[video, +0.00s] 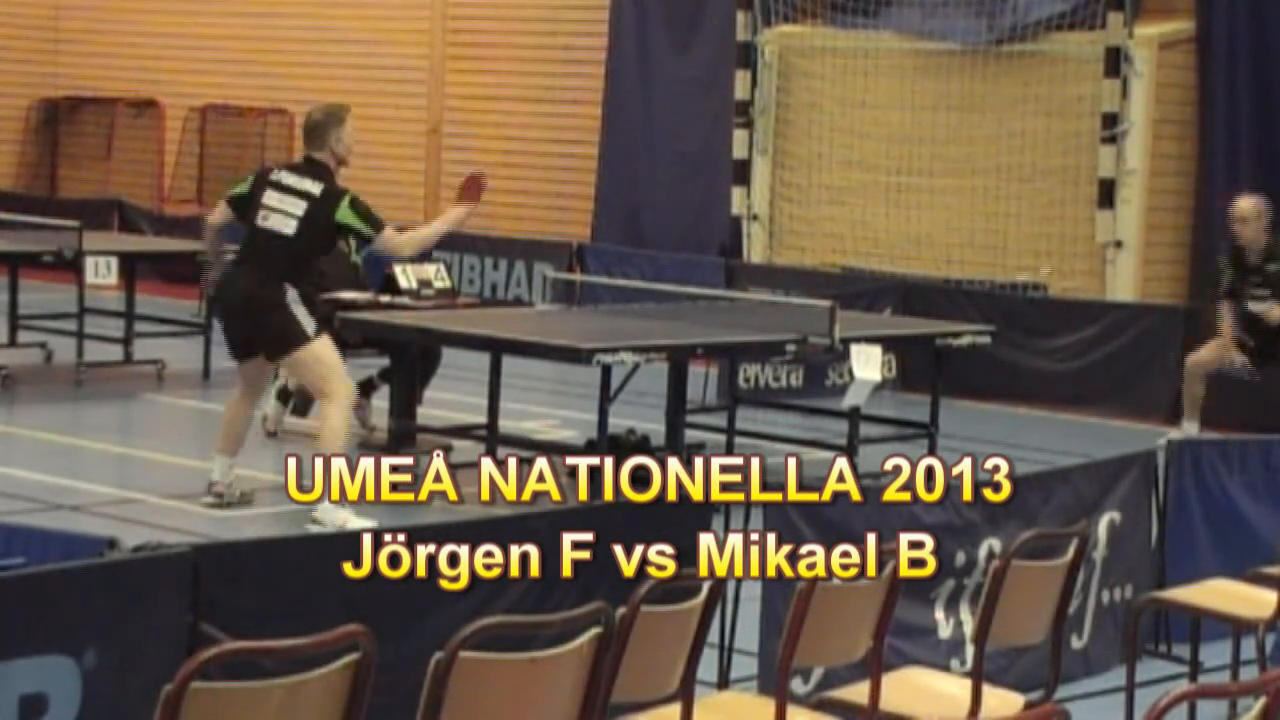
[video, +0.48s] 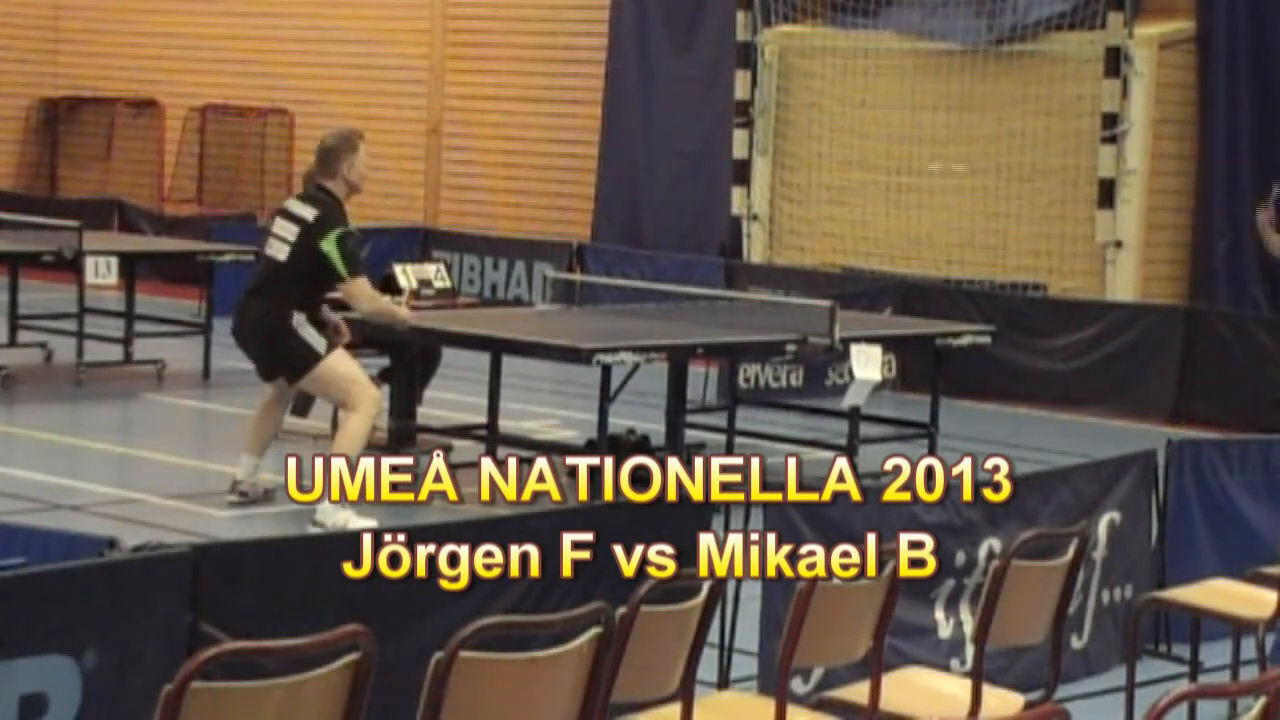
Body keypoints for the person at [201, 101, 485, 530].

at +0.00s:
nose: (354, 142)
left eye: (352, 134)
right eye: (350, 134)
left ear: (309, 142)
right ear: (334, 142)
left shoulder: (268, 177)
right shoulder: (335, 199)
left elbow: (215, 219)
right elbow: (399, 245)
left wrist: (217, 265)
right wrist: (456, 214)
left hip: (232, 291)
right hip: (272, 297)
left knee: (252, 384)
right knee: (338, 389)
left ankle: (219, 481)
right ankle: (330, 501)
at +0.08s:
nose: (357, 143)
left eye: (355, 135)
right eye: (352, 136)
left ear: (313, 143)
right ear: (337, 143)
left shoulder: (272, 181)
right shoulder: (336, 203)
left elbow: (229, 232)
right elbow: (386, 259)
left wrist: (242, 271)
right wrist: (434, 246)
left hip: (244, 294)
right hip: (284, 301)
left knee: (265, 380)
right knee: (352, 395)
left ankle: (227, 468)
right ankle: (334, 503)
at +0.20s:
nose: (360, 149)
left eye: (358, 142)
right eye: (356, 142)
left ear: (317, 149)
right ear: (340, 150)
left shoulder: (277, 188)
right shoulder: (334, 209)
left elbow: (249, 249)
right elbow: (376, 276)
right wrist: (423, 272)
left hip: (251, 303)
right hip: (289, 311)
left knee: (278, 383)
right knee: (362, 397)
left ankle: (245, 472)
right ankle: (333, 503)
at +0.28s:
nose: (361, 155)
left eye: (359, 147)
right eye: (357, 148)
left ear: (319, 153)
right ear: (339, 154)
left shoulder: (286, 192)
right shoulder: (329, 210)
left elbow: (274, 255)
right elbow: (368, 280)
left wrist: (316, 294)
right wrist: (415, 289)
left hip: (252, 308)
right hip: (286, 315)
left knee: (280, 387)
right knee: (363, 397)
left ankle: (244, 477)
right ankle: (333, 504)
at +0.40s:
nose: (363, 164)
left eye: (362, 156)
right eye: (359, 157)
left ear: (323, 162)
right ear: (342, 162)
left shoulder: (293, 199)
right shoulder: (328, 216)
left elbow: (283, 268)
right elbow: (361, 293)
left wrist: (320, 307)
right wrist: (401, 304)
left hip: (251, 314)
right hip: (281, 323)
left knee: (283, 389)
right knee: (365, 398)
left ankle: (245, 475)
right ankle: (333, 503)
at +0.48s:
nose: (368, 167)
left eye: (366, 159)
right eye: (363, 160)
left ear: (328, 167)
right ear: (345, 168)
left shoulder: (296, 204)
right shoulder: (332, 222)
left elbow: (287, 275)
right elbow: (365, 301)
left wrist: (324, 317)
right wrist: (400, 313)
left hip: (249, 316)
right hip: (279, 324)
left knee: (283, 389)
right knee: (364, 399)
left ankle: (246, 476)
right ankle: (334, 502)